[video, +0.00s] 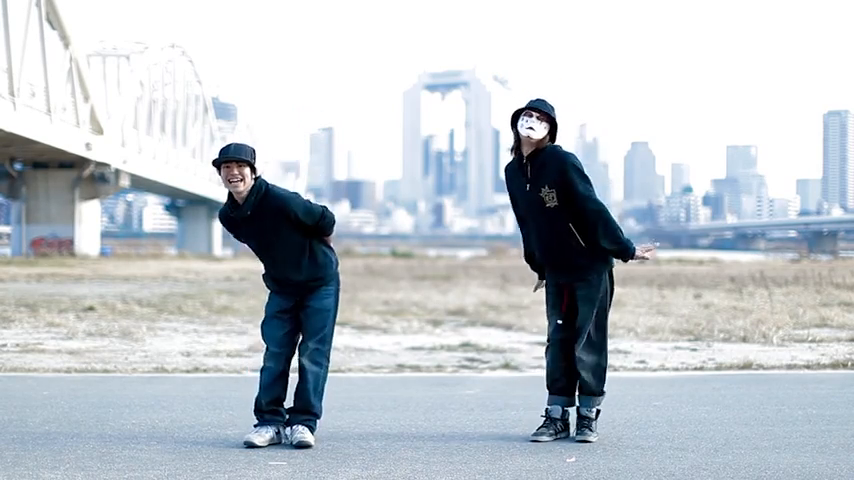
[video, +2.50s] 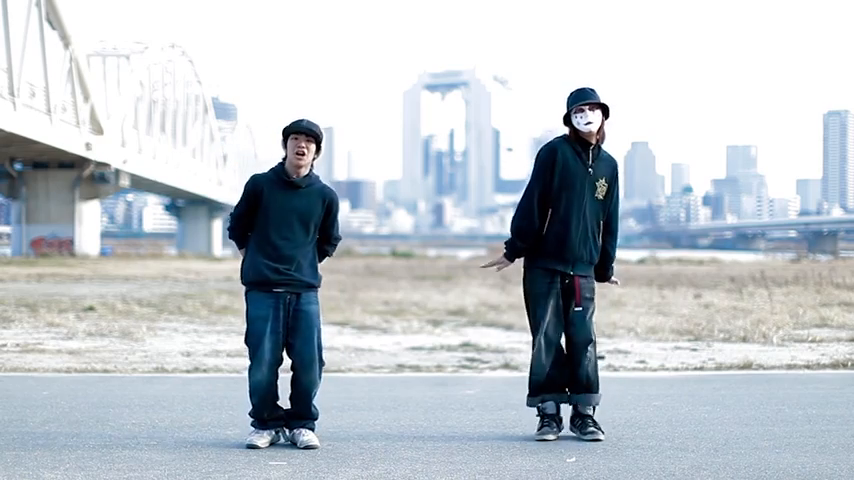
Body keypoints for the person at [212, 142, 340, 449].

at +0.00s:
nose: (235, 173)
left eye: (241, 166)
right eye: (228, 168)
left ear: (252, 170)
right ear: (220, 175)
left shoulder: (281, 201)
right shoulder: (227, 216)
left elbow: (326, 220)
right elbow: (261, 241)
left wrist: (319, 244)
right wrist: (297, 247)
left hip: (318, 280)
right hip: (281, 283)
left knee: (312, 352)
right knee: (275, 351)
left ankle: (303, 424)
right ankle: (270, 423)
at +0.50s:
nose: (291, 170)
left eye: (298, 166)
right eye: (286, 163)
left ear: (306, 172)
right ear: (276, 165)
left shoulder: (317, 210)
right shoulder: (253, 200)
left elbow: (325, 253)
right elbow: (228, 243)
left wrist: (308, 274)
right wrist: (250, 269)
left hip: (303, 298)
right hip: (260, 298)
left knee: (305, 365)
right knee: (258, 367)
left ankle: (301, 427)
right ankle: (265, 428)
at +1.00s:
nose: (325, 169)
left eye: (333, 166)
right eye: (320, 162)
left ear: (340, 176)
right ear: (309, 166)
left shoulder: (338, 214)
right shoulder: (277, 196)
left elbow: (313, 242)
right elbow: (243, 217)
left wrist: (283, 254)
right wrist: (250, 253)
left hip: (295, 284)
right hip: (255, 283)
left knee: (297, 353)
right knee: (259, 353)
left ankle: (299, 423)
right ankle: (266, 421)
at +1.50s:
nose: (272, 147)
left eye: (278, 142)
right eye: (266, 143)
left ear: (289, 147)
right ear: (259, 151)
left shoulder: (313, 185)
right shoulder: (252, 196)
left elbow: (331, 232)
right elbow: (251, 240)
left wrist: (315, 263)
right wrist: (273, 260)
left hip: (302, 287)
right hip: (261, 287)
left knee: (297, 360)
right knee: (256, 361)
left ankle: (300, 426)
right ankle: (267, 425)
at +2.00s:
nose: (244, 154)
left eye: (250, 148)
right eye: (238, 149)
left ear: (263, 153)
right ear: (231, 156)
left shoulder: (292, 184)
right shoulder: (232, 200)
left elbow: (325, 213)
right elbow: (253, 233)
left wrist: (315, 245)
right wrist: (287, 245)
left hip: (314, 279)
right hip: (275, 281)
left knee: (309, 353)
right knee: (270, 355)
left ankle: (302, 422)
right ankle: (269, 422)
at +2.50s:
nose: (302, 147)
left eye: (308, 143)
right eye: (296, 141)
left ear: (316, 151)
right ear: (285, 145)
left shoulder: (325, 195)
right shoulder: (259, 185)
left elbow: (329, 240)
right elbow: (237, 228)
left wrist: (303, 261)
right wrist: (258, 255)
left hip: (305, 288)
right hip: (263, 287)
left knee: (309, 360)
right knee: (263, 359)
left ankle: (301, 425)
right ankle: (265, 425)